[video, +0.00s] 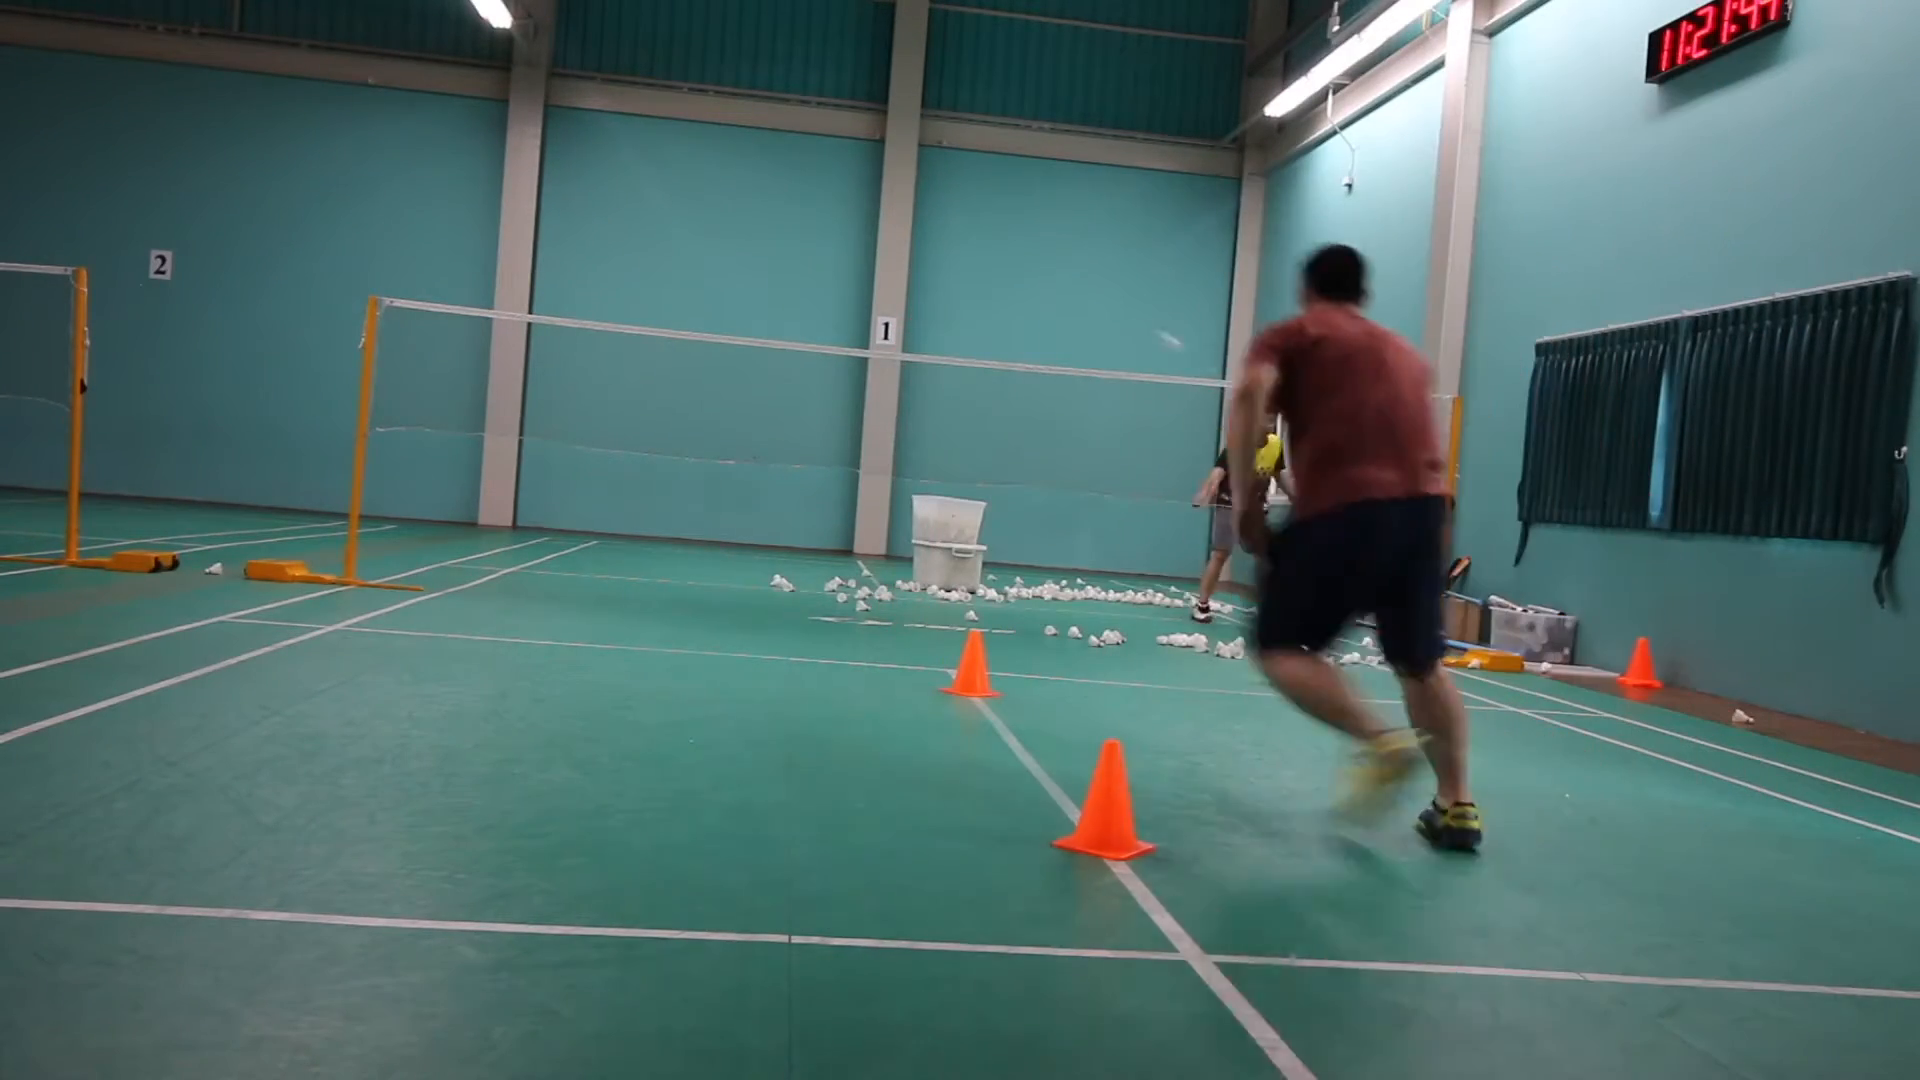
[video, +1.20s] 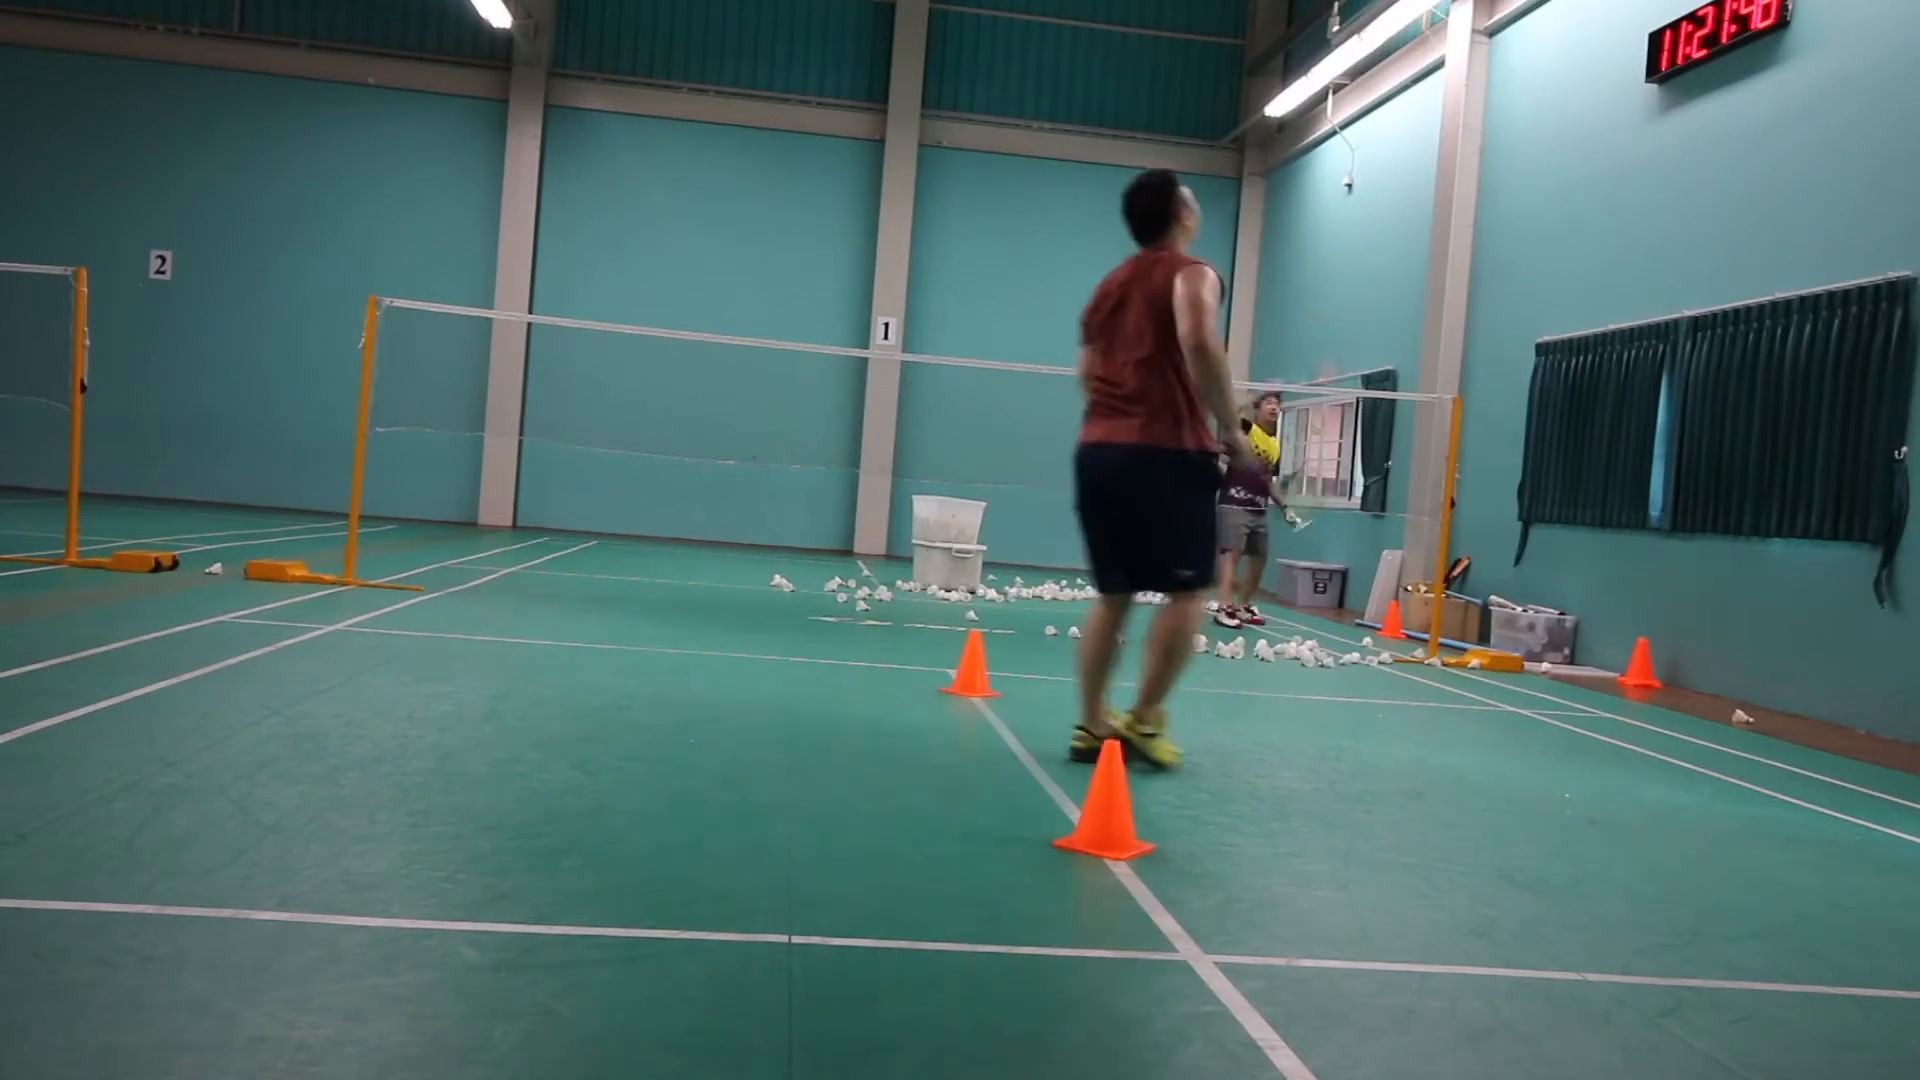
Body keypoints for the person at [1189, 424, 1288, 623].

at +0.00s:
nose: (1270, 420)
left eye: (1273, 415)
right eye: (1265, 414)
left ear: (1277, 419)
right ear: (1254, 416)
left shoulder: (1276, 445)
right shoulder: (1239, 441)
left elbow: (1279, 474)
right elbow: (1221, 467)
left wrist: (1295, 496)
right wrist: (1211, 488)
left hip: (1255, 505)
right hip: (1228, 502)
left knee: (1268, 554)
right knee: (1220, 553)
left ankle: (1270, 608)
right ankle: (1203, 602)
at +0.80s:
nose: (1268, 414)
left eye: (1272, 410)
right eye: (1263, 409)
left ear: (1277, 415)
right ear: (1255, 413)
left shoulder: (1280, 445)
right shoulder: (1240, 441)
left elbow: (1281, 476)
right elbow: (1223, 468)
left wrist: (1299, 501)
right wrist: (1237, 495)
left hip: (1259, 508)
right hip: (1234, 505)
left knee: (1261, 558)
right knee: (1235, 554)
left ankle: (1253, 607)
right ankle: (1226, 608)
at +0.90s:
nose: (1273, 411)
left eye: (1277, 407)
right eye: (1269, 406)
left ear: (1280, 413)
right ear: (1258, 409)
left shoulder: (1276, 441)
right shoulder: (1244, 429)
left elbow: (1274, 475)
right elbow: (1233, 434)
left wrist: (1292, 499)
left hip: (1257, 504)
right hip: (1232, 501)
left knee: (1261, 556)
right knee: (1235, 552)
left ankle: (1253, 605)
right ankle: (1227, 608)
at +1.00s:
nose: (1274, 406)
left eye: (1278, 403)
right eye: (1269, 402)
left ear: (1279, 410)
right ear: (1257, 405)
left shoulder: (1273, 440)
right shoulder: (1246, 426)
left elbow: (1265, 474)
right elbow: (1245, 404)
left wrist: (1283, 495)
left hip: (1257, 502)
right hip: (1233, 499)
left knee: (1260, 554)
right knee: (1238, 552)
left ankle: (1250, 603)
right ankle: (1226, 606)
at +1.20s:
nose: (1274, 408)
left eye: (1277, 404)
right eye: (1269, 404)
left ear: (1280, 411)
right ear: (1257, 409)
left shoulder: (1275, 445)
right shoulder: (1244, 431)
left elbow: (1268, 481)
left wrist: (1284, 506)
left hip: (1258, 505)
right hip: (1234, 502)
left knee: (1258, 556)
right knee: (1231, 553)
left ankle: (1244, 604)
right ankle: (1226, 605)